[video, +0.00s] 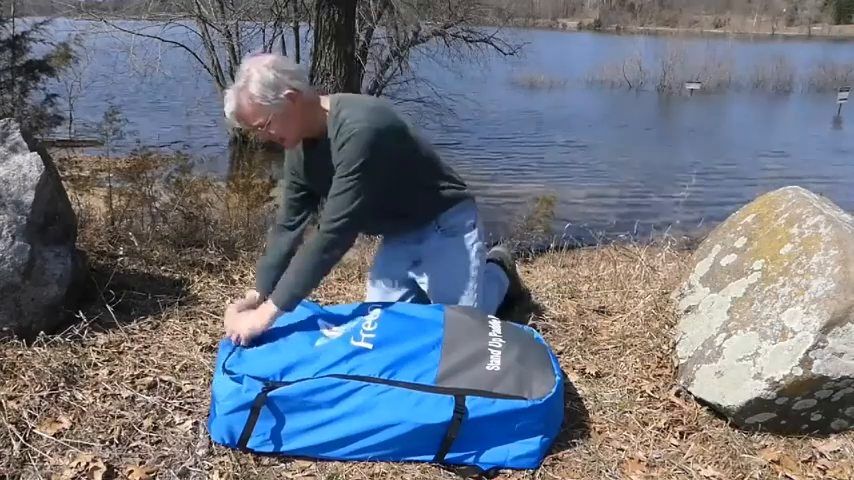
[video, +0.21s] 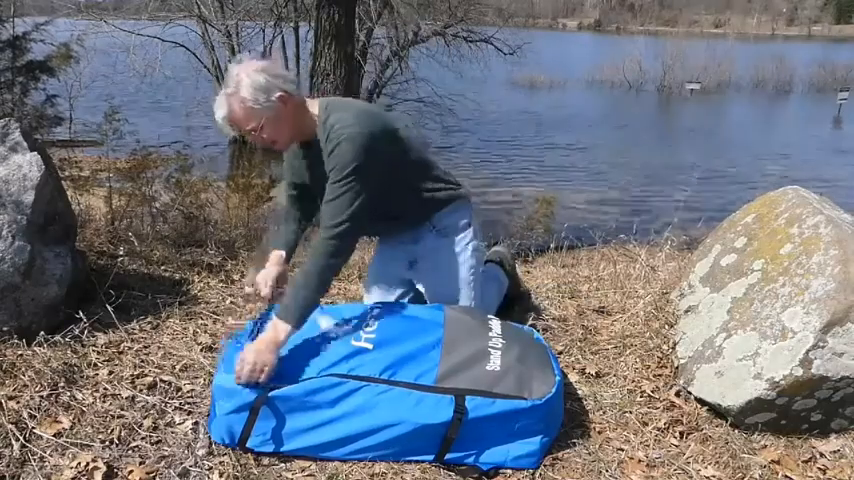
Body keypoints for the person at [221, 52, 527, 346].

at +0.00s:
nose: (264, 137)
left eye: (264, 125)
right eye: (256, 131)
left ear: (292, 99)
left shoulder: (360, 129)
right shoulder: (303, 143)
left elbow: (334, 231)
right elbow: (290, 221)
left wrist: (271, 311)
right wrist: (259, 295)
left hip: (448, 222)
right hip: (398, 230)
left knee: (457, 333)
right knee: (381, 327)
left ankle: (498, 271)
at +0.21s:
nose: (258, 142)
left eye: (258, 129)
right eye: (250, 136)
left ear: (283, 102)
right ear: (282, 104)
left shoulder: (350, 133)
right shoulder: (299, 140)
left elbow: (334, 240)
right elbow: (296, 204)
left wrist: (274, 337)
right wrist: (276, 261)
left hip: (444, 223)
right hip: (392, 234)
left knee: (457, 333)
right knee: (380, 330)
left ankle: (498, 275)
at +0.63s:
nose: (381, 142)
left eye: (387, 128)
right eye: (368, 135)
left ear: (393, 105)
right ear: (345, 123)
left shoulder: (437, 136)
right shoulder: (330, 148)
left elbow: (478, 227)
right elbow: (293, 221)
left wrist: (498, 332)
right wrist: (252, 296)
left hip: (453, 243)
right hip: (399, 246)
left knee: (473, 336)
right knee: (381, 333)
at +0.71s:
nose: (403, 145)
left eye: (410, 131)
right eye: (390, 137)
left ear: (418, 107)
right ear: (364, 121)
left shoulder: (456, 142)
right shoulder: (344, 141)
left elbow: (501, 236)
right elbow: (300, 213)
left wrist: (538, 332)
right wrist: (260, 285)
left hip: (461, 246)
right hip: (400, 246)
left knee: (465, 349)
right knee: (382, 340)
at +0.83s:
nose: (363, 134)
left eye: (372, 126)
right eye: (358, 124)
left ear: (406, 107)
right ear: (355, 106)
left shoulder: (468, 135)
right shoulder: (350, 132)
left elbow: (502, 222)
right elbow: (310, 197)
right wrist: (262, 264)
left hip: (462, 240)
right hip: (399, 242)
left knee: (469, 331)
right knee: (375, 334)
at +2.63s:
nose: (366, 157)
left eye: (373, 145)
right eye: (354, 148)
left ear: (399, 120)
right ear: (343, 136)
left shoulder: (452, 147)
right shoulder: (344, 156)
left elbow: (472, 248)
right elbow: (344, 237)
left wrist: (454, 359)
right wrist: (344, 314)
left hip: (467, 246)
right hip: (410, 248)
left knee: (478, 341)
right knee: (387, 335)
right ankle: (437, 294)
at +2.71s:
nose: (361, 160)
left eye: (370, 149)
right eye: (352, 151)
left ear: (400, 123)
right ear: (341, 139)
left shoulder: (451, 148)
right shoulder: (343, 158)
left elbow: (470, 248)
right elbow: (345, 239)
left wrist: (454, 359)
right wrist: (345, 316)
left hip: (467, 246)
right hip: (410, 247)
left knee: (477, 341)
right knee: (388, 331)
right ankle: (437, 297)